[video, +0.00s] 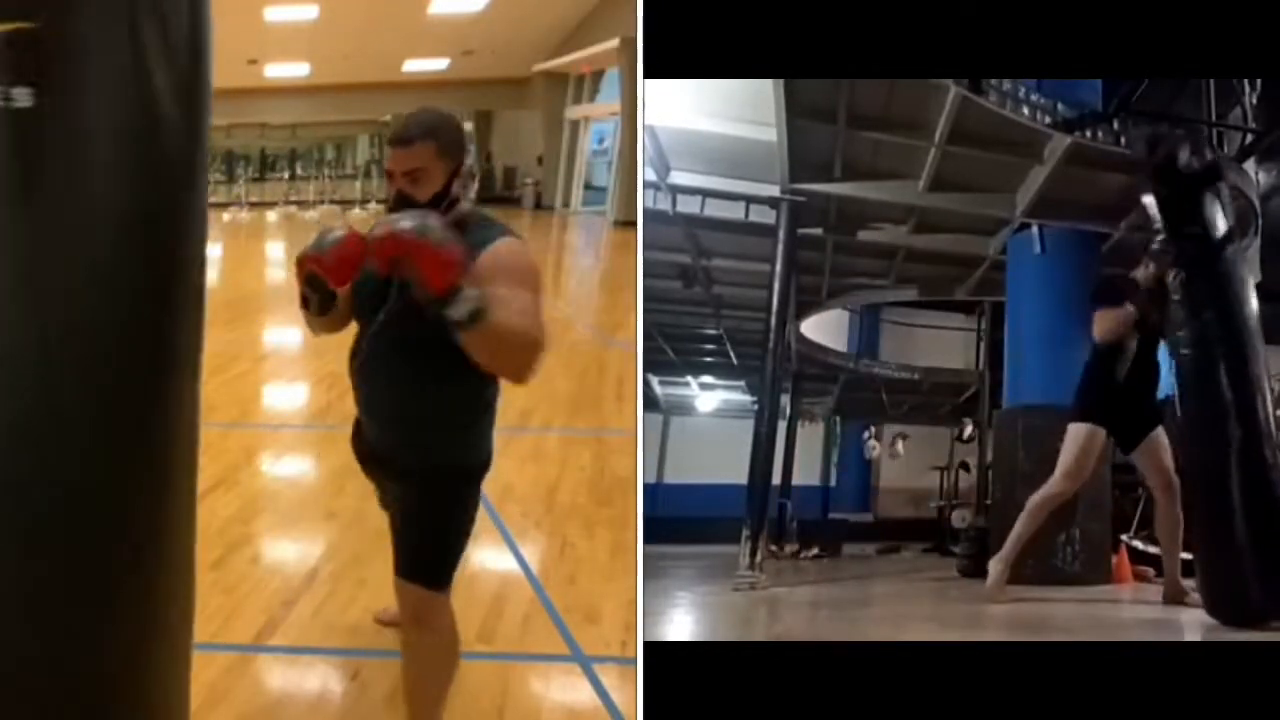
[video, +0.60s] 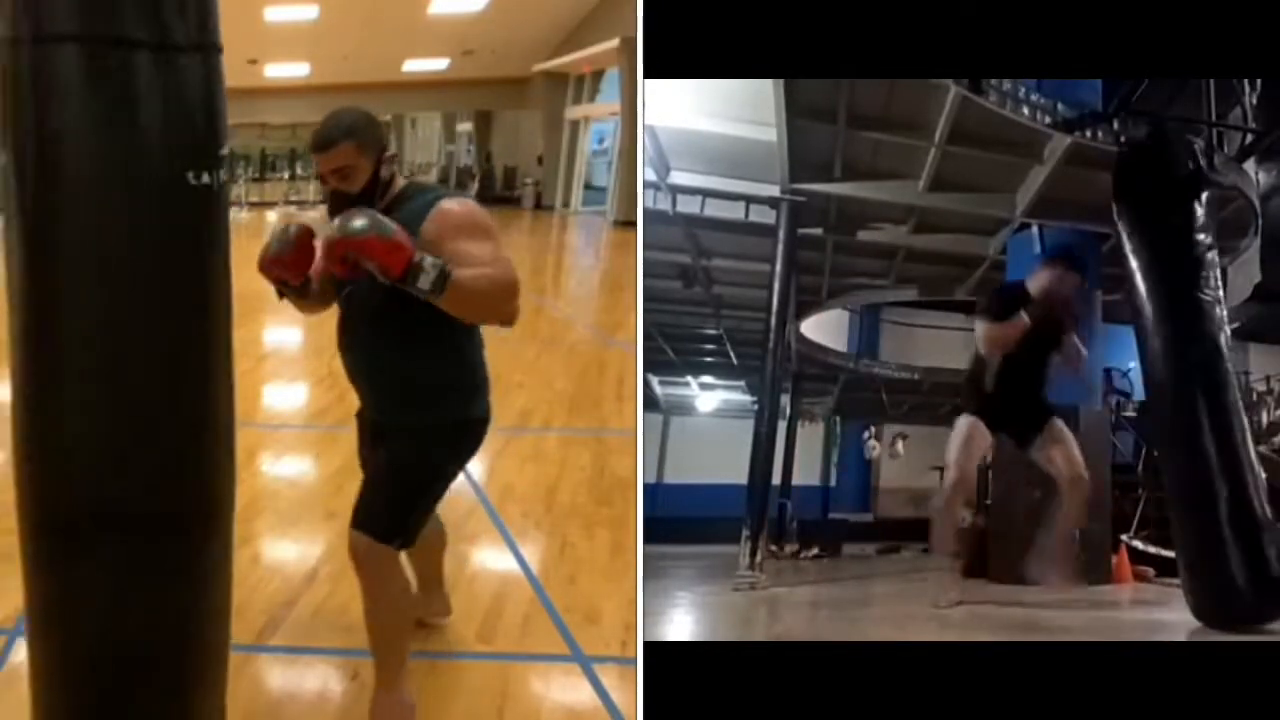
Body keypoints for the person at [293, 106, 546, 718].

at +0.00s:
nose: (401, 191)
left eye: (415, 178)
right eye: (393, 177)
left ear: (456, 173)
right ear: (386, 173)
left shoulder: (497, 251)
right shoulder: (387, 237)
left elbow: (520, 361)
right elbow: (329, 324)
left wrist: (451, 294)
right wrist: (318, 287)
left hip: (443, 449)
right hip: (377, 428)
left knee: (421, 602)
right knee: (407, 524)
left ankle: (424, 711)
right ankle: (419, 607)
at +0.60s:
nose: (332, 190)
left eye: (343, 176)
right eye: (324, 178)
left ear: (381, 161)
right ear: (319, 169)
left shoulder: (445, 215)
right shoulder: (348, 222)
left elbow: (503, 303)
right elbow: (319, 297)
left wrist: (410, 266)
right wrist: (292, 280)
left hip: (442, 413)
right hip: (380, 403)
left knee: (371, 542)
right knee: (410, 511)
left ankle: (391, 695)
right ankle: (432, 598)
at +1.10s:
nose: (375, 209)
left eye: (390, 193)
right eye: (362, 195)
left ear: (426, 181)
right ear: (349, 189)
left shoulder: (471, 239)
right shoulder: (328, 251)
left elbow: (580, 305)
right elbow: (248, 292)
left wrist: (527, 266)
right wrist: (222, 346)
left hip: (448, 452)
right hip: (364, 445)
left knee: (424, 597)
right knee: (379, 530)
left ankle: (410, 711)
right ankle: (393, 574)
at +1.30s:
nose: (362, 195)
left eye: (376, 182)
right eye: (354, 182)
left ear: (415, 174)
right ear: (348, 178)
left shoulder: (471, 243)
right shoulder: (339, 241)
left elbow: (505, 338)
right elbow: (300, 315)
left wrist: (423, 298)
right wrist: (282, 308)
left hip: (424, 437)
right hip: (355, 423)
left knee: (412, 592)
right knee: (361, 500)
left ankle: (408, 711)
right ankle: (386, 585)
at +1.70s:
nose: (334, 186)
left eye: (347, 173)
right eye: (326, 174)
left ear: (382, 164)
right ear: (320, 169)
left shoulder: (439, 223)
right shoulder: (325, 233)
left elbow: (493, 300)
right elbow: (305, 306)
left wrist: (419, 297)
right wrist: (291, 300)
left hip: (412, 401)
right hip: (352, 395)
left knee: (370, 529)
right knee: (377, 503)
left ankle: (359, 672)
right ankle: (387, 590)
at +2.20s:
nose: (319, 184)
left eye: (330, 172)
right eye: (311, 172)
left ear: (358, 175)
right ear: (296, 179)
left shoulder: (406, 234)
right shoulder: (292, 223)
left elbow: (390, 335)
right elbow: (231, 279)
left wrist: (351, 244)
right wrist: (235, 223)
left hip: (369, 427)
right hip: (306, 407)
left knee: (354, 565)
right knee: (320, 502)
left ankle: (338, 681)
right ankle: (349, 570)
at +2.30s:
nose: (314, 180)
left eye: (328, 167)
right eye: (306, 167)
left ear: (357, 171)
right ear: (293, 171)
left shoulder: (398, 234)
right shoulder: (284, 213)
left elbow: (369, 329)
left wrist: (341, 232)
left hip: (359, 426)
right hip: (296, 403)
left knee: (348, 564)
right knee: (298, 487)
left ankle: (336, 686)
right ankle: (329, 562)